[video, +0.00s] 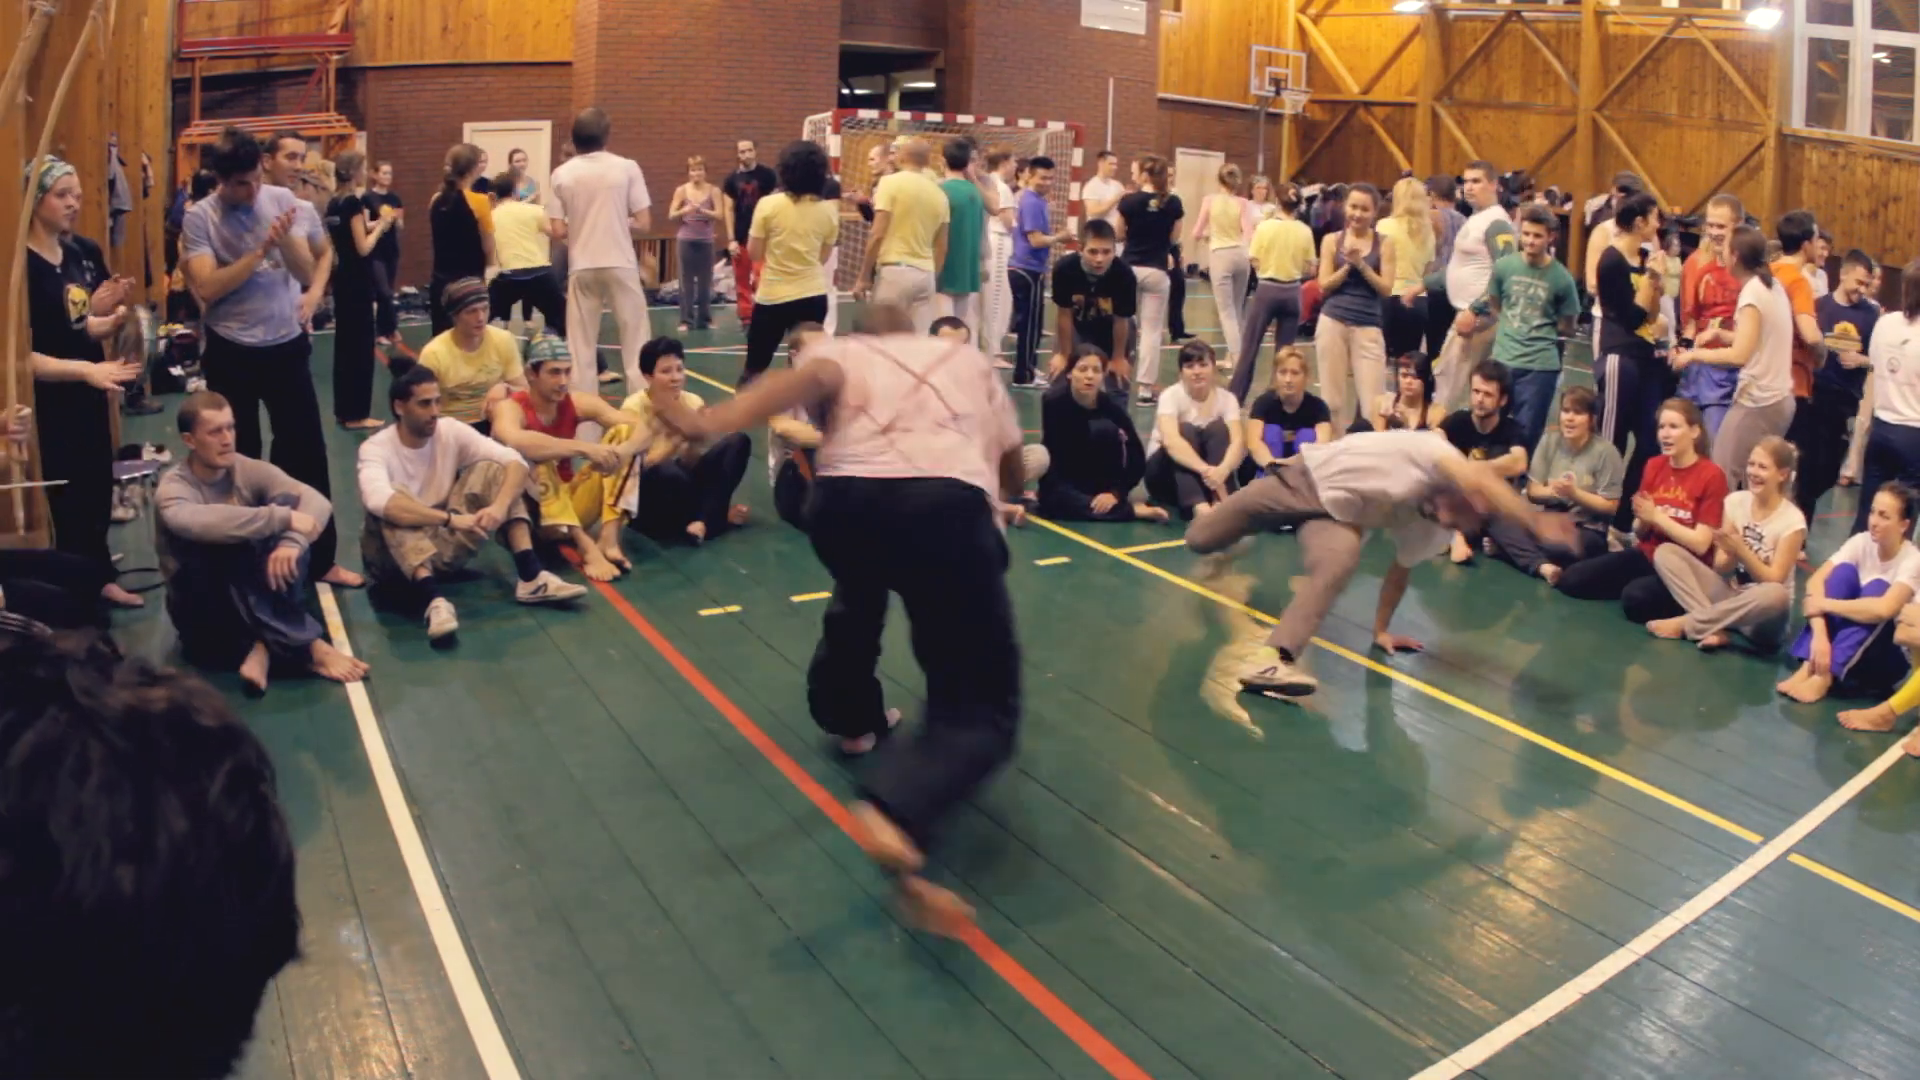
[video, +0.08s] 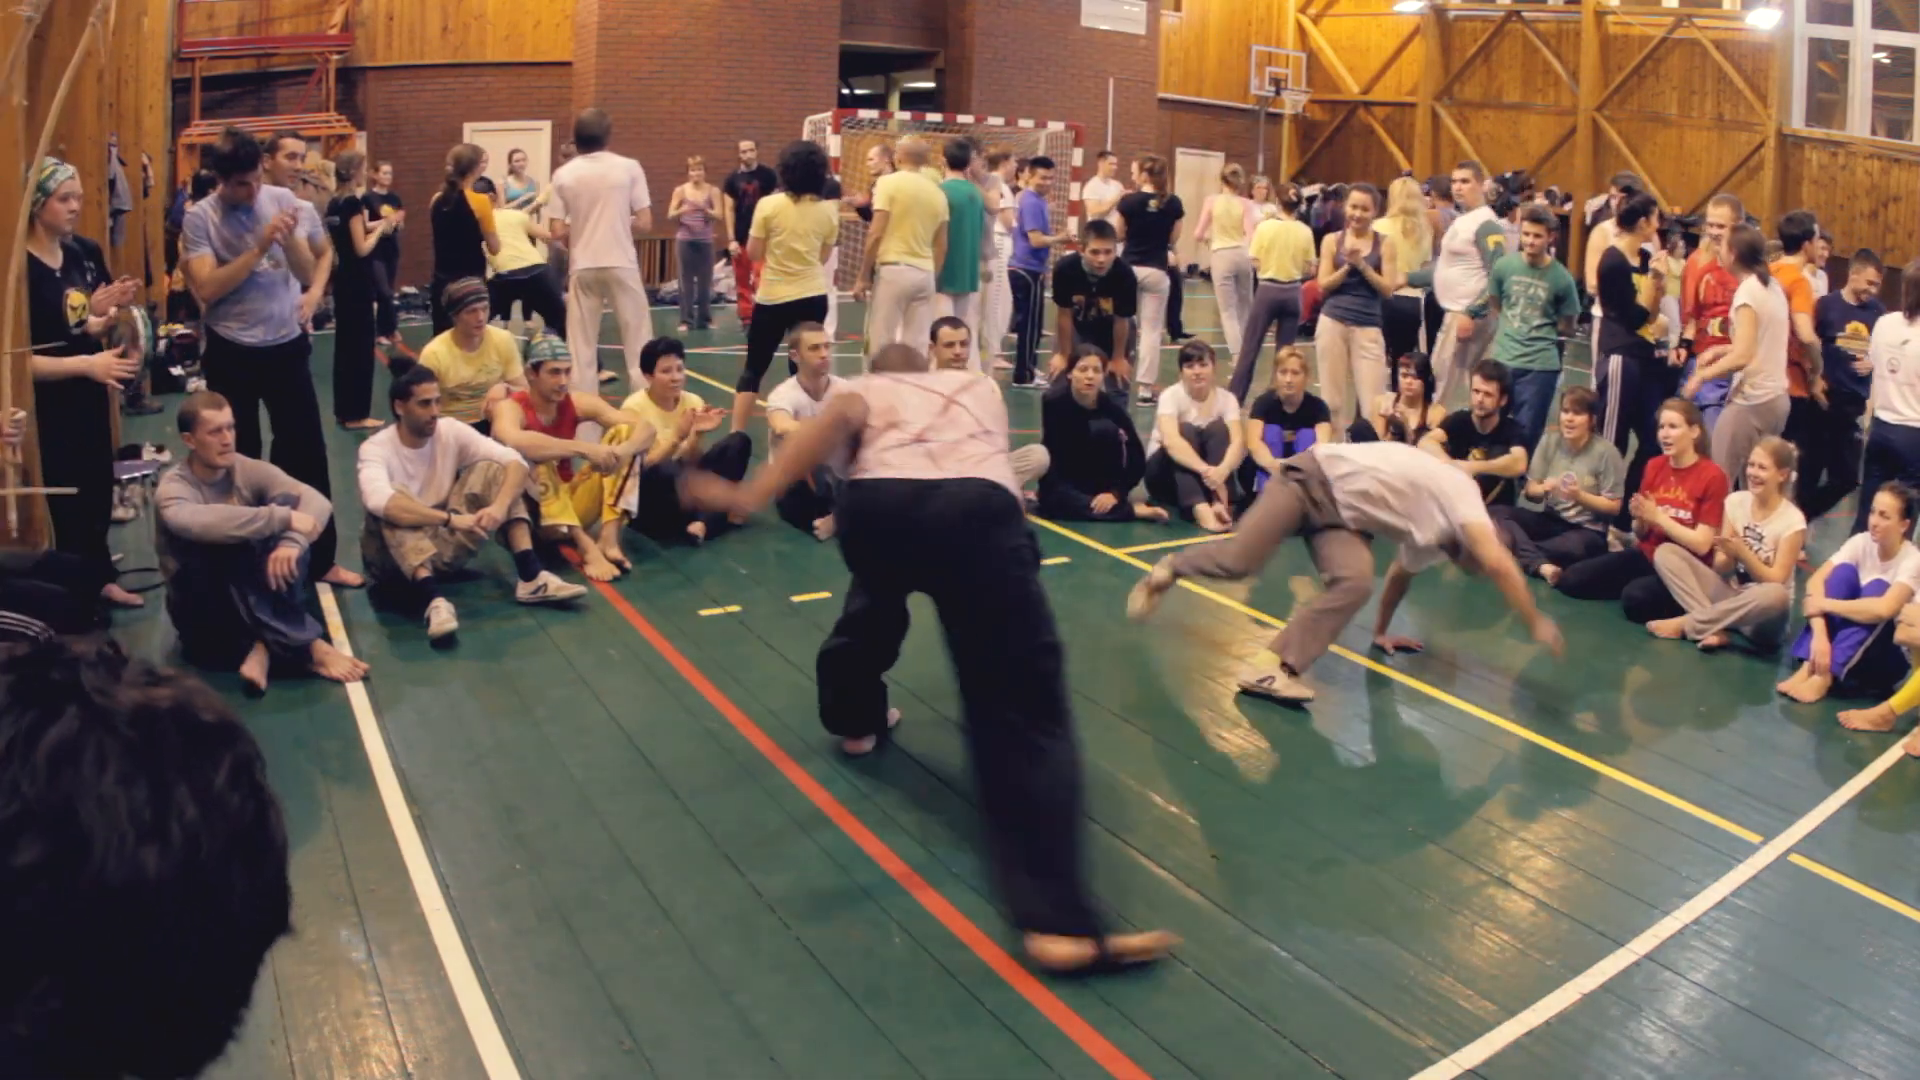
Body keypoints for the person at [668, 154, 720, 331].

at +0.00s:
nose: (696, 173)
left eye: (700, 169)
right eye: (693, 170)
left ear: (705, 171)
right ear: (688, 172)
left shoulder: (714, 191)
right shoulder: (681, 190)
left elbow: (719, 215)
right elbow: (672, 215)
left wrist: (702, 210)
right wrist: (686, 210)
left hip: (706, 238)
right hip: (686, 237)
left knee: (705, 281)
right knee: (686, 281)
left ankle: (704, 318)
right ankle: (685, 319)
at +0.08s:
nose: (696, 173)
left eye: (699, 170)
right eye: (693, 170)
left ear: (704, 171)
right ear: (688, 172)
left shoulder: (713, 191)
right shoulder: (680, 191)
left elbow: (719, 215)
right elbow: (670, 215)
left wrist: (706, 209)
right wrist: (683, 209)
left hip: (705, 239)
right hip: (685, 238)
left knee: (705, 281)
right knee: (686, 281)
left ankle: (704, 318)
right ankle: (685, 319)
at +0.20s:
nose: (695, 173)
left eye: (698, 170)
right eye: (691, 170)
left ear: (703, 171)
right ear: (686, 172)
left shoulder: (711, 191)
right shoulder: (679, 190)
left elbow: (716, 215)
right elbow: (672, 215)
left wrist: (699, 210)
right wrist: (685, 209)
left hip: (703, 237)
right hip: (684, 237)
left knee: (704, 281)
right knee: (685, 281)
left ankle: (704, 318)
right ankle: (685, 319)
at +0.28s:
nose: (693, 174)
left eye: (696, 170)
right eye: (690, 170)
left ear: (701, 171)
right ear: (685, 172)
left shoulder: (710, 191)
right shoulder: (678, 190)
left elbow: (715, 216)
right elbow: (670, 215)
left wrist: (700, 209)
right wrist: (684, 209)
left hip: (703, 237)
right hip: (683, 237)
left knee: (704, 280)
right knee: (684, 281)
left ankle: (704, 318)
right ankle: (685, 319)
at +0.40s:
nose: (692, 174)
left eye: (695, 170)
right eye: (688, 170)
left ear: (700, 171)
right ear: (684, 172)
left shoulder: (709, 190)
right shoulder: (676, 191)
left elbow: (715, 216)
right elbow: (669, 215)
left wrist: (701, 208)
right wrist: (681, 208)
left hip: (701, 238)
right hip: (681, 237)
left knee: (703, 279)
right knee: (684, 280)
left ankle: (704, 317)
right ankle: (685, 318)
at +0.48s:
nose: (691, 173)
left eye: (694, 170)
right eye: (687, 170)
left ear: (699, 171)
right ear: (682, 172)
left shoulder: (707, 190)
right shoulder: (677, 190)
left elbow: (713, 214)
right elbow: (671, 210)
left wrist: (697, 209)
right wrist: (683, 208)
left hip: (701, 238)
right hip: (681, 237)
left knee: (702, 279)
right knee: (683, 281)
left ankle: (703, 318)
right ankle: (686, 318)